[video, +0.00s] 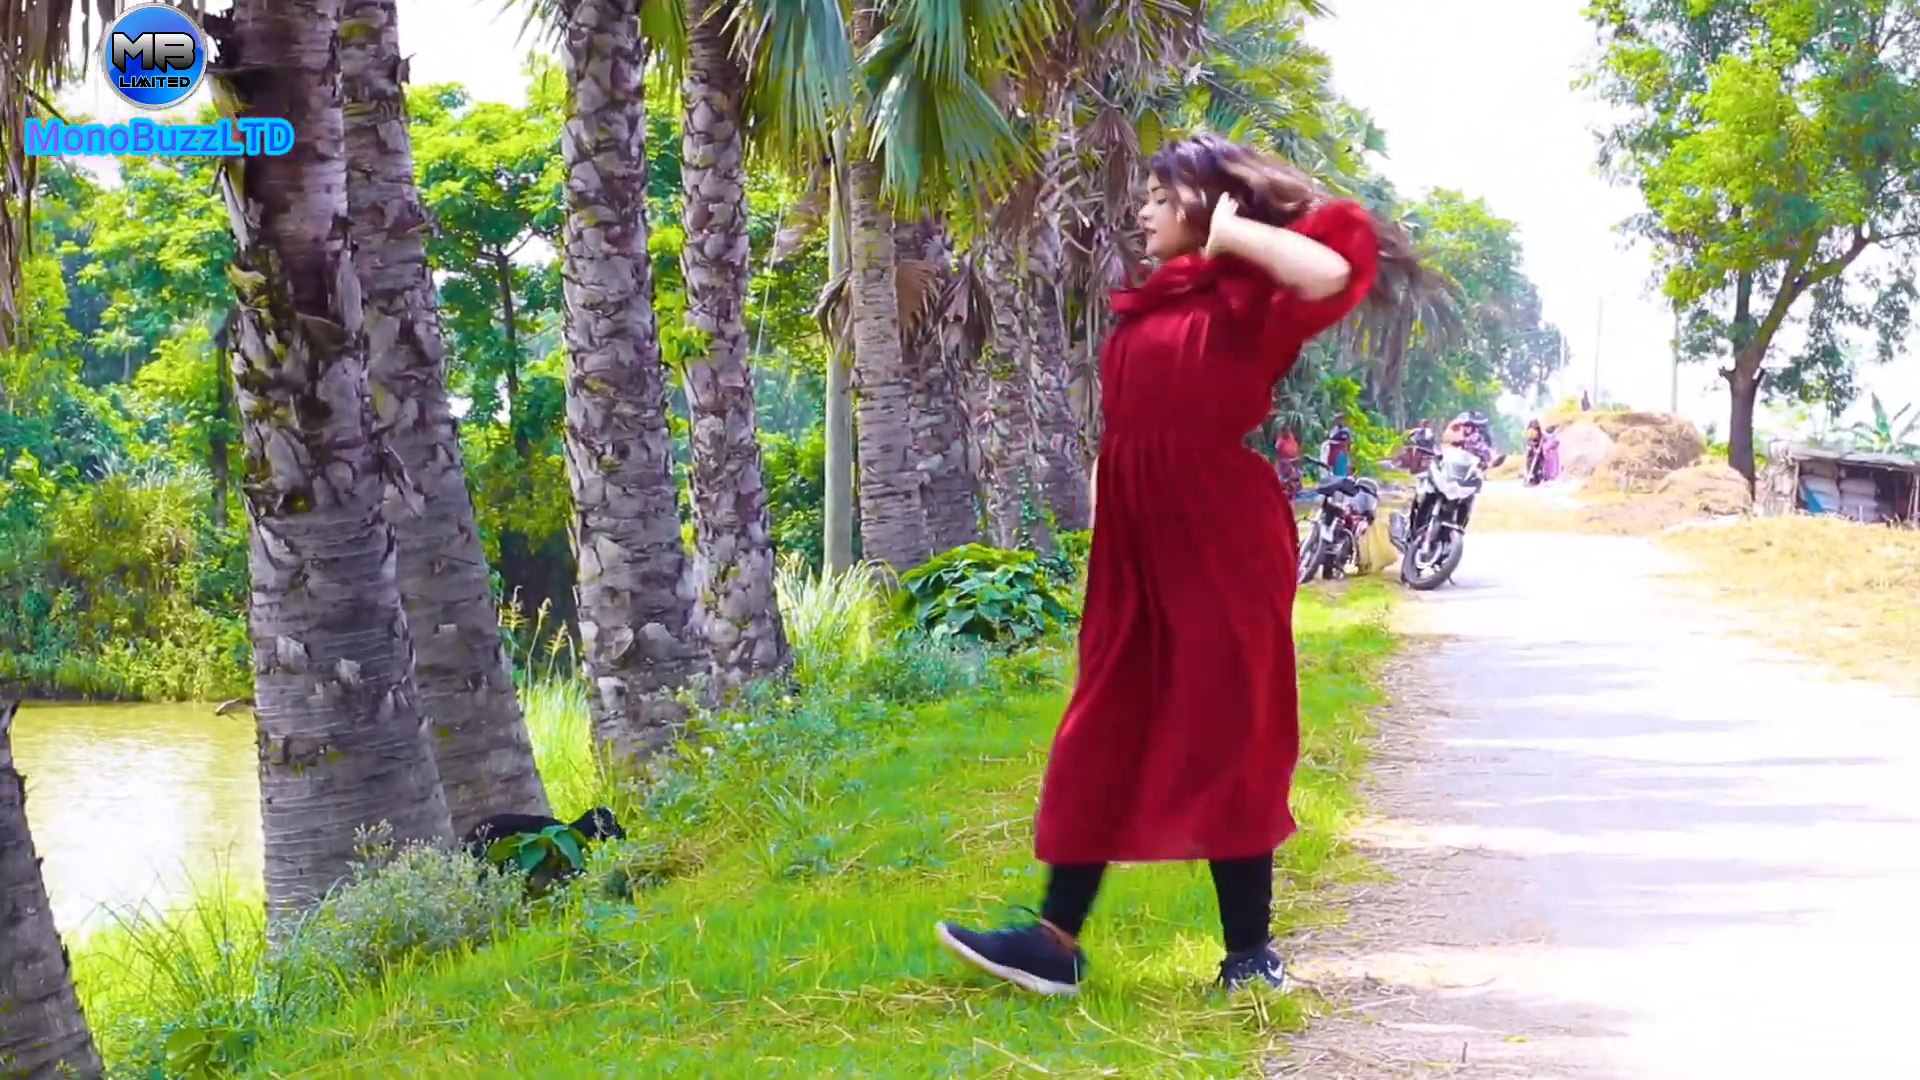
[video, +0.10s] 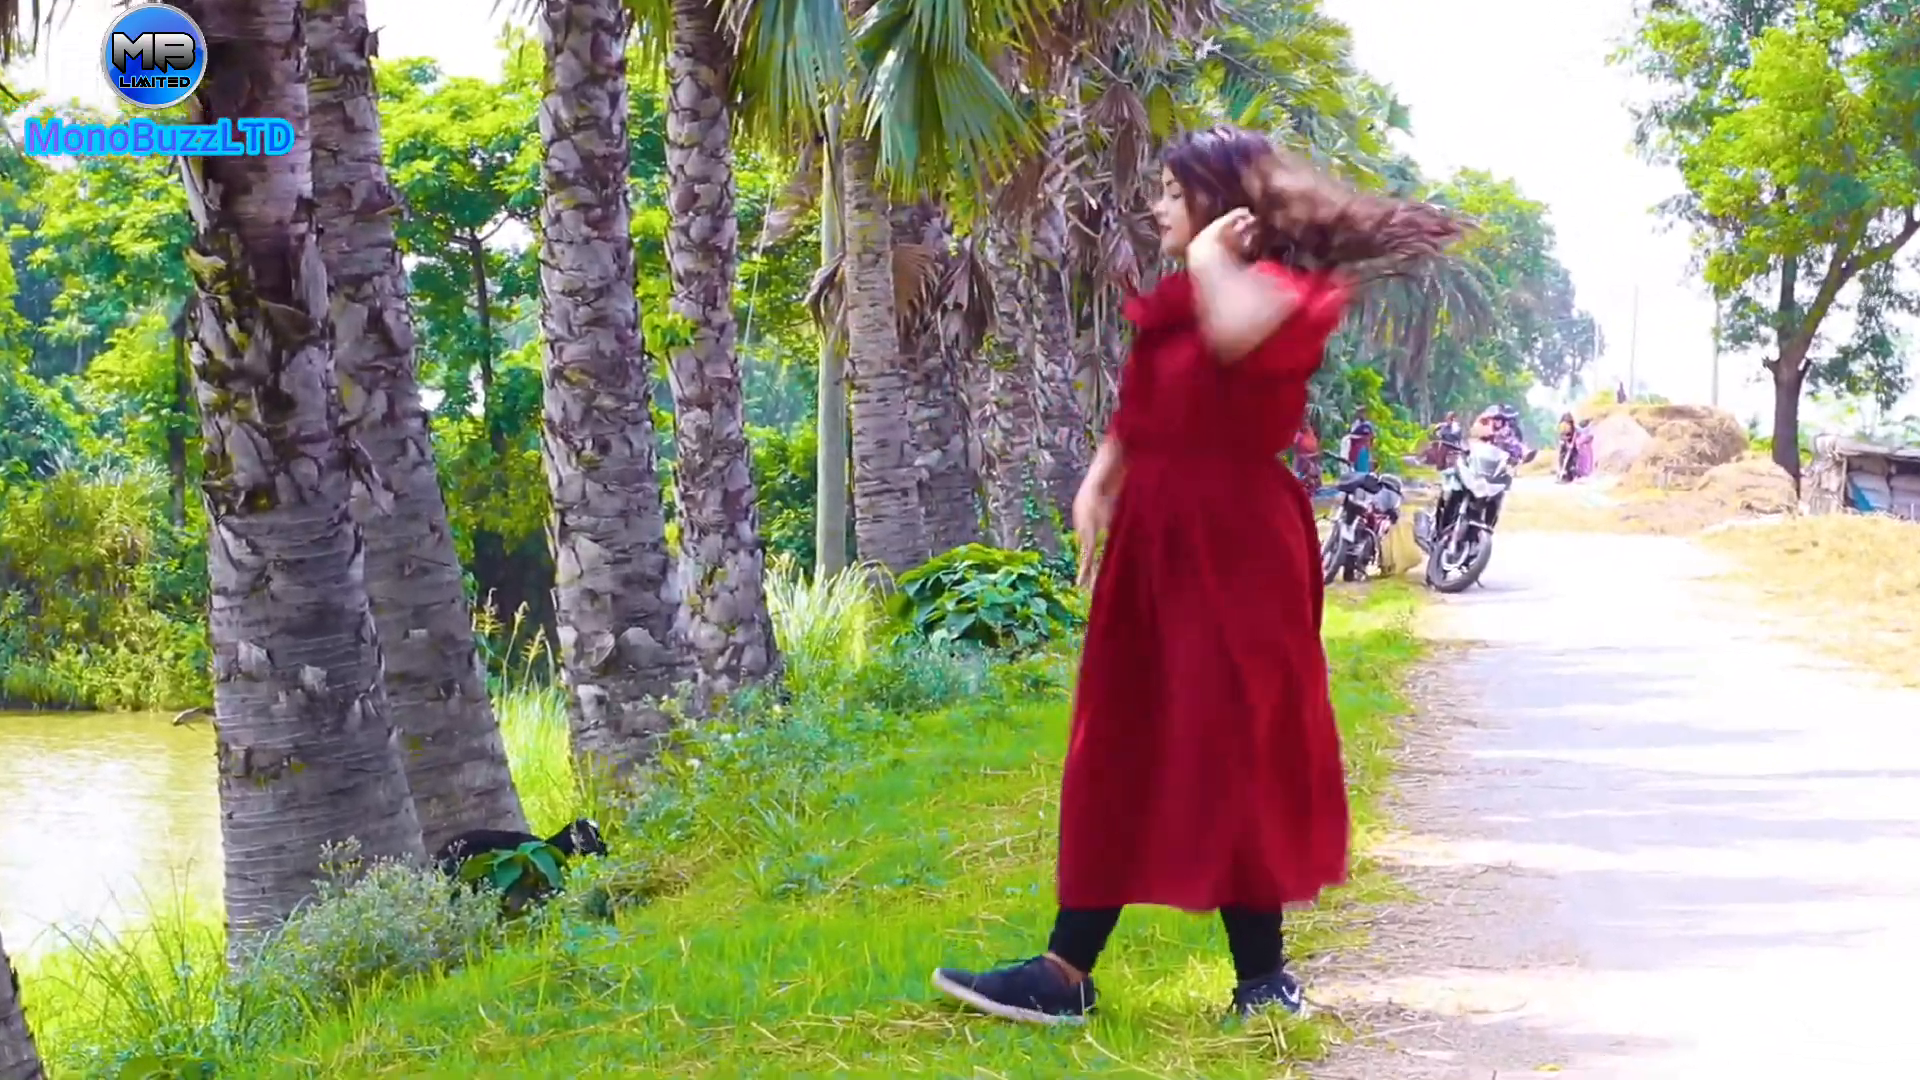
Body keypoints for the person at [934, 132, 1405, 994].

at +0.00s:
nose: (1141, 213)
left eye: (1159, 199)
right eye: (1144, 199)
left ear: (1210, 210)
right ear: (1164, 215)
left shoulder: (1249, 296)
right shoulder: (1144, 305)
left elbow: (1333, 276)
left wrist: (1232, 228)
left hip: (1225, 539)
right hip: (1134, 537)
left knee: (1231, 734)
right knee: (1100, 726)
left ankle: (1249, 957)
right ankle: (1055, 937)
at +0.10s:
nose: (1158, 208)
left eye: (1171, 194)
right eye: (1159, 195)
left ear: (1226, 204)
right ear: (1197, 210)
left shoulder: (1303, 291)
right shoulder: (1171, 301)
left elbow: (1237, 333)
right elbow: (1137, 411)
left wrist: (1211, 250)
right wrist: (1096, 482)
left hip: (1241, 550)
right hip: (1149, 544)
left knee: (1242, 752)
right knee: (1116, 747)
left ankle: (1263, 980)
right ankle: (1066, 969)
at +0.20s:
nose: (1141, 238)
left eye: (1153, 224)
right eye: (1142, 225)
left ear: (1206, 230)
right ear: (1186, 231)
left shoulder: (1250, 311)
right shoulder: (1157, 317)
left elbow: (1187, 357)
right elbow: (1107, 413)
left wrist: (1173, 267)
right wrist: (1066, 493)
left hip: (1223, 544)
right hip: (1139, 538)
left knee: (1211, 733)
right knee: (1074, 716)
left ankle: (1242, 955)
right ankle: (1053, 942)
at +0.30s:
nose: (1124, 236)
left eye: (1134, 221)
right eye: (1122, 222)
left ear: (1184, 224)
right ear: (1141, 231)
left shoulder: (1232, 302)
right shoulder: (1128, 307)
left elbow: (1285, 292)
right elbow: (1094, 391)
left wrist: (1210, 240)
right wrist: (1062, 445)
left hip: (1195, 539)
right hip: (1106, 535)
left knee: (1209, 727)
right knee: (1041, 711)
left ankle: (1241, 944)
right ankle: (1034, 922)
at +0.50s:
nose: (1094, 237)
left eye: (1113, 223)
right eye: (1085, 223)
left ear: (1159, 237)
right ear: (1075, 239)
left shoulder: (1195, 342)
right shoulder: (1054, 335)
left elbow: (1318, 400)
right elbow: (980, 427)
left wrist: (1231, 319)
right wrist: (986, 469)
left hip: (1156, 567)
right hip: (1048, 563)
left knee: (1184, 763)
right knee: (1006, 760)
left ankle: (1247, 963)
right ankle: (1003, 955)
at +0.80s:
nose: (1139, 206)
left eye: (1139, 190)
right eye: (1123, 188)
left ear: (1116, 205)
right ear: (1064, 195)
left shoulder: (1139, 298)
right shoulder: (996, 276)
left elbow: (1201, 381)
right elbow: (909, 255)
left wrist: (1210, 438)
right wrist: (1027, 225)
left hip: (1125, 524)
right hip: (1013, 524)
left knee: (1167, 728)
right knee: (997, 732)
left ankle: (1202, 953)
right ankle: (1002, 958)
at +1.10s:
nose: (1134, 221)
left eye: (1133, 205)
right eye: (1120, 205)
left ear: (1113, 215)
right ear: (1061, 208)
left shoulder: (1138, 299)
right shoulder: (1002, 284)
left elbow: (1204, 404)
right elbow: (1052, 349)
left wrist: (1148, 482)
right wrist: (1079, 248)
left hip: (1130, 533)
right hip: (1021, 535)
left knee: (1190, 734)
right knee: (1006, 740)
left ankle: (1216, 966)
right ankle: (1004, 969)